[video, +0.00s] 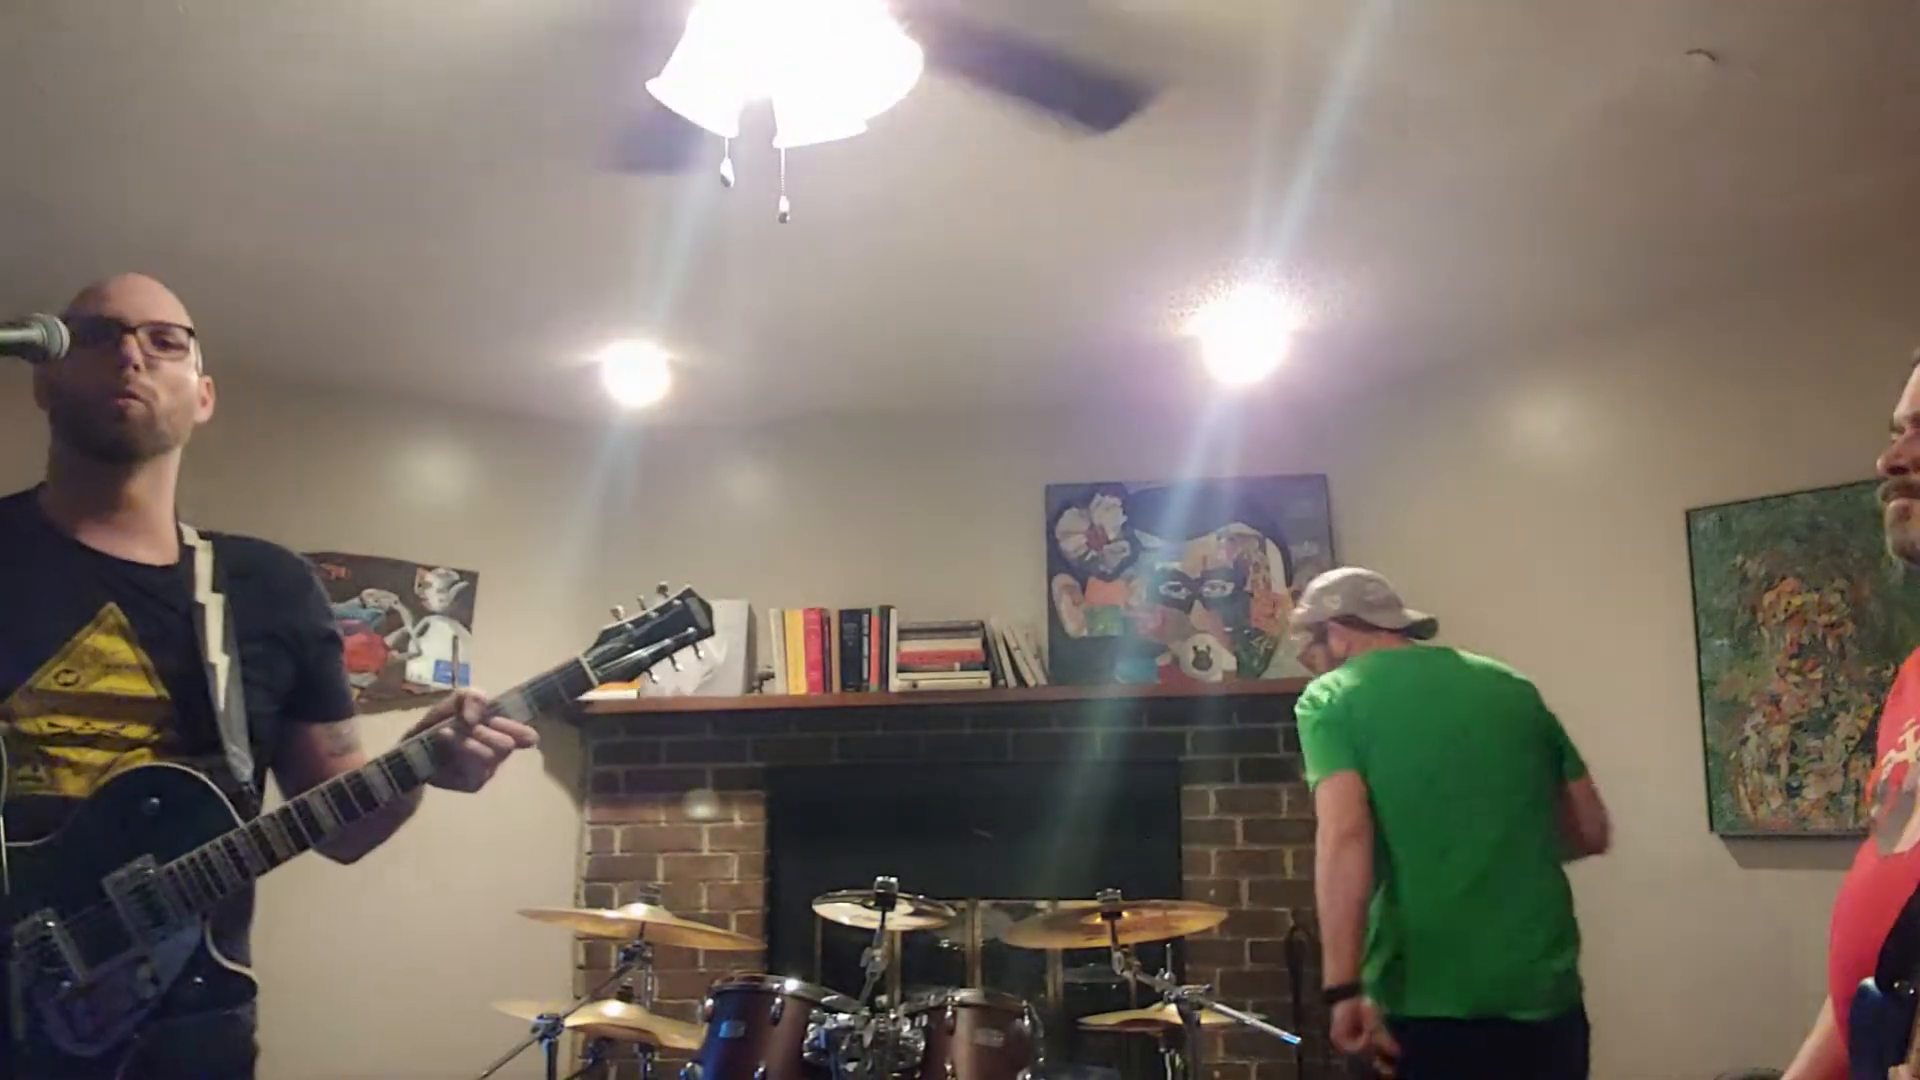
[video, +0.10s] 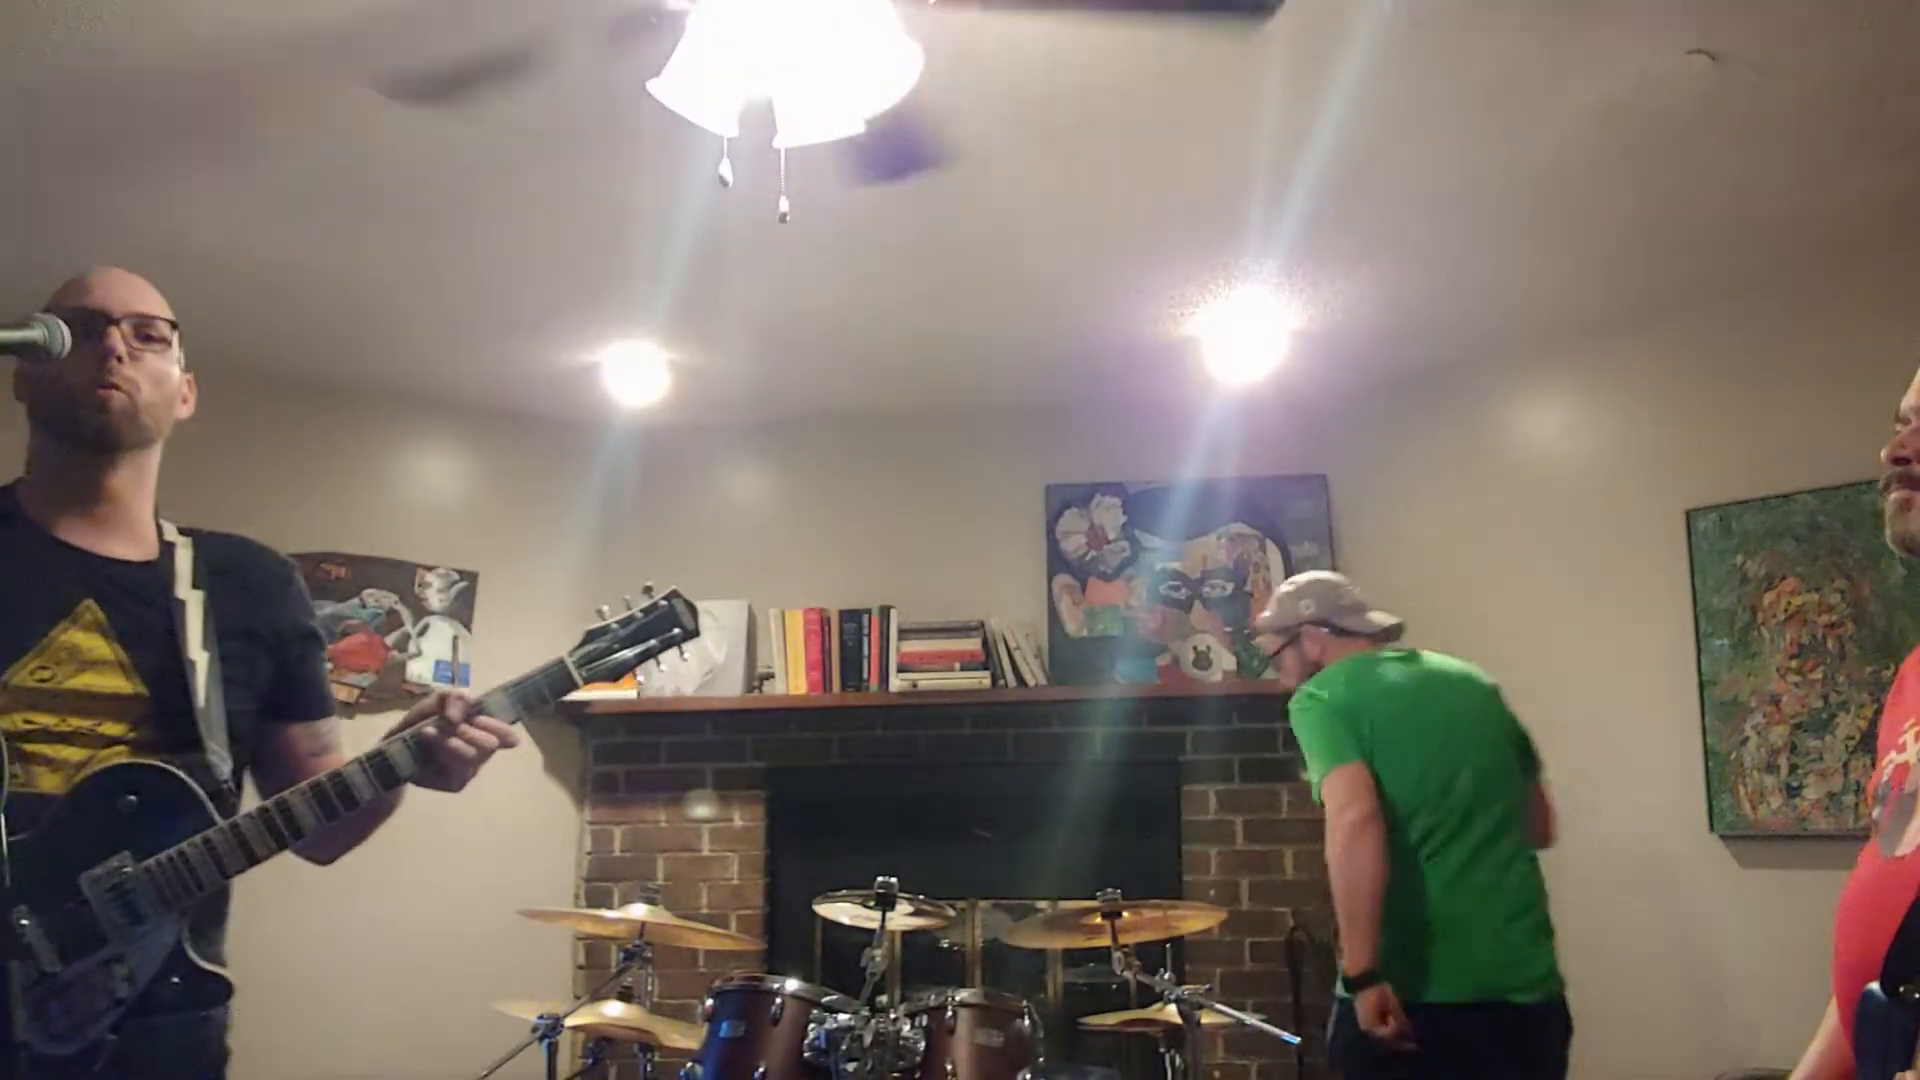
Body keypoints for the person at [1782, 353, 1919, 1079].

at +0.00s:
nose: (1891, 459)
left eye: (1917, 430)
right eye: (1895, 431)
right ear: (1891, 446)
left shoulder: (1908, 677)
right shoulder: (1909, 677)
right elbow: (1882, 907)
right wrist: (1808, 1065)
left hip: (1899, 1053)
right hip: (1861, 1047)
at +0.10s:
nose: (1897, 447)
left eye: (1919, 426)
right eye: (1900, 423)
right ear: (1894, 437)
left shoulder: (1909, 675)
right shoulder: (1908, 675)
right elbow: (1884, 900)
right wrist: (1815, 1066)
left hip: (1903, 1051)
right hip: (1868, 1047)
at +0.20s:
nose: (1899, 443)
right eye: (1902, 422)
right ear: (1896, 437)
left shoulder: (1910, 671)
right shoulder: (1909, 672)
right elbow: (1886, 886)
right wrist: (1819, 1065)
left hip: (1904, 1050)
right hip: (1873, 1048)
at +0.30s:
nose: (1899, 443)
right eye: (1900, 422)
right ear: (1892, 439)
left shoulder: (1910, 673)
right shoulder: (1910, 674)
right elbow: (1888, 912)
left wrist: (1832, 1062)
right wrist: (1821, 1066)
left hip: (1903, 1050)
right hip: (1875, 1050)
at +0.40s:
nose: (1899, 444)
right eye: (1899, 424)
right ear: (1892, 439)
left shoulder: (1911, 672)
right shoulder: (1911, 674)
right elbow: (1888, 906)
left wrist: (1830, 1062)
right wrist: (1820, 1066)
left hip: (1904, 1051)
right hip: (1873, 1049)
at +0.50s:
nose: (1900, 444)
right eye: (1902, 423)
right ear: (1894, 439)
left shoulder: (1910, 674)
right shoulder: (1909, 675)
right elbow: (1887, 898)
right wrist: (1818, 1066)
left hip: (1903, 1052)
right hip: (1873, 1050)